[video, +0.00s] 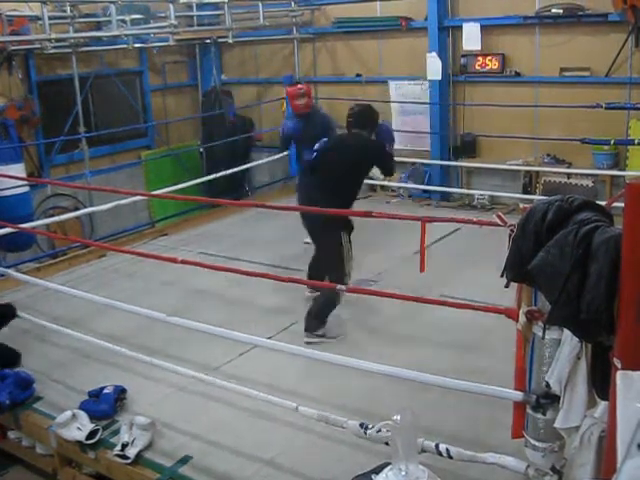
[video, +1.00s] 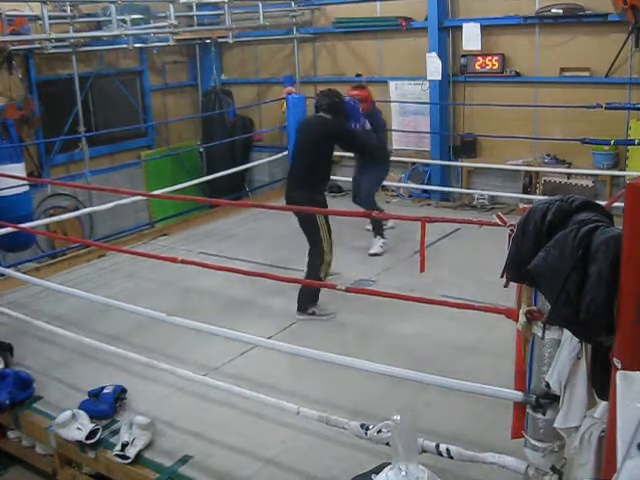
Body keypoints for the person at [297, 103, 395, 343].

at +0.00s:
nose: (376, 128)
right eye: (375, 125)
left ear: (350, 122)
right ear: (373, 126)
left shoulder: (335, 141)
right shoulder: (372, 147)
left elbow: (312, 167)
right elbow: (389, 170)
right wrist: (385, 147)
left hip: (308, 205)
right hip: (332, 211)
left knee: (324, 247)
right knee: (338, 275)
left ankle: (314, 283)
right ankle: (313, 327)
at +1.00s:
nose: (344, 111)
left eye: (343, 108)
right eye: (342, 108)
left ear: (319, 107)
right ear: (337, 109)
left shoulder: (306, 124)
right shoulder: (331, 127)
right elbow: (360, 144)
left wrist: (357, 134)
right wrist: (366, 133)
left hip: (295, 194)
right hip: (310, 197)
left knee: (318, 244)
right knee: (323, 251)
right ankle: (307, 304)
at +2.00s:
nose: (305, 142)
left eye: (307, 139)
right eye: (303, 138)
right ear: (295, 133)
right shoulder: (271, 147)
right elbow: (305, 165)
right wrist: (322, 144)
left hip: (280, 196)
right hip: (260, 200)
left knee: (306, 229)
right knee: (272, 251)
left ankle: (320, 267)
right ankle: (241, 281)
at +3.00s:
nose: (366, 116)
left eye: (365, 112)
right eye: (363, 112)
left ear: (344, 116)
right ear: (352, 116)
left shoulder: (344, 137)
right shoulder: (333, 140)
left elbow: (346, 163)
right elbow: (350, 170)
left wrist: (362, 146)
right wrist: (373, 158)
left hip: (335, 201)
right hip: (316, 204)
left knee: (369, 230)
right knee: (309, 260)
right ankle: (277, 288)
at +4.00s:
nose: (431, 115)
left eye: (433, 111)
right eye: (427, 111)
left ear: (437, 109)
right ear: (417, 109)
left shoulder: (440, 124)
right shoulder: (405, 125)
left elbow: (447, 147)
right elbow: (414, 153)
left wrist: (453, 128)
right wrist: (426, 131)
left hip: (436, 179)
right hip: (413, 178)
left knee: (449, 215)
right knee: (397, 215)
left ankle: (467, 251)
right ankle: (377, 245)